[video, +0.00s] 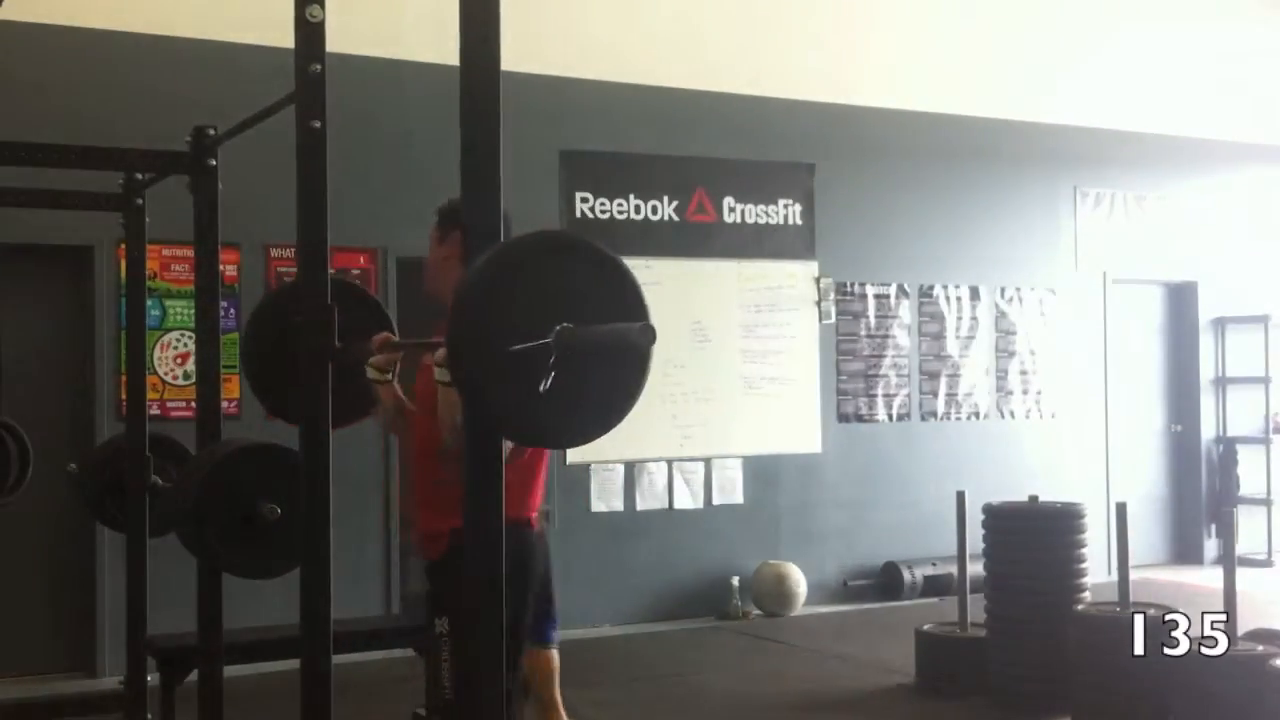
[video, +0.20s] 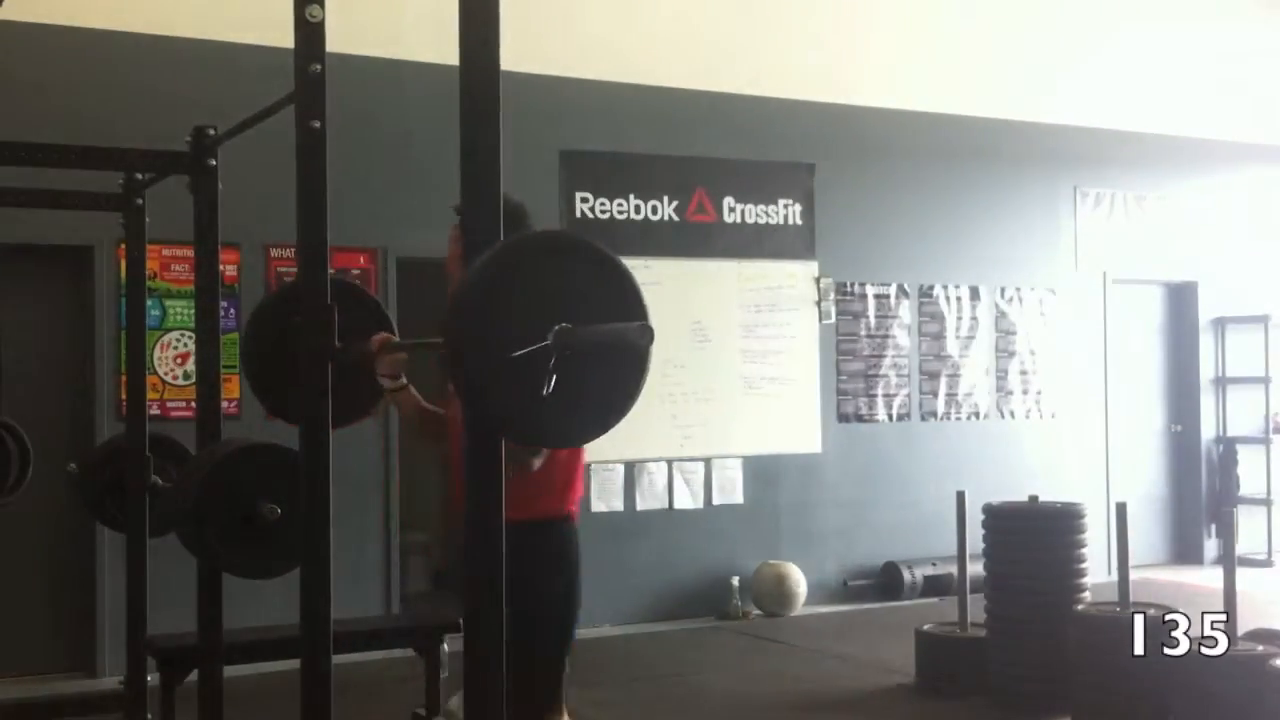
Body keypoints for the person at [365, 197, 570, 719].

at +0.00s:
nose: (429, 260)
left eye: (435, 247)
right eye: (431, 247)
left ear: (459, 250)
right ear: (474, 251)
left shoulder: (481, 335)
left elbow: (456, 441)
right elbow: (431, 435)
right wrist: (386, 387)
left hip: (479, 543)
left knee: (473, 697)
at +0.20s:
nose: (448, 262)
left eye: (456, 248)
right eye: (452, 248)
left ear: (485, 256)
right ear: (483, 260)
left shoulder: (541, 328)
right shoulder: (485, 333)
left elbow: (529, 452)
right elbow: (453, 429)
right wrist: (400, 389)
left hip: (534, 532)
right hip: (489, 529)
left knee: (538, 700)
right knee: (488, 696)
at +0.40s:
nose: (495, 266)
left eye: (507, 249)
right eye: (484, 251)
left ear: (537, 250)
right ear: (481, 262)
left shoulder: (581, 326)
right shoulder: (490, 334)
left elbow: (591, 449)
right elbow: (455, 430)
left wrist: (498, 415)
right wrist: (406, 380)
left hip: (575, 523)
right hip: (502, 522)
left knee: (574, 688)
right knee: (515, 683)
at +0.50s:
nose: (508, 263)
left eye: (521, 248)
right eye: (500, 249)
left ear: (553, 248)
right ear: (495, 256)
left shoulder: (600, 340)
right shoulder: (501, 335)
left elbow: (627, 447)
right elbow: (467, 433)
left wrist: (552, 457)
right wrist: (417, 381)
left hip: (582, 526)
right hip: (512, 526)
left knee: (582, 694)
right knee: (533, 690)